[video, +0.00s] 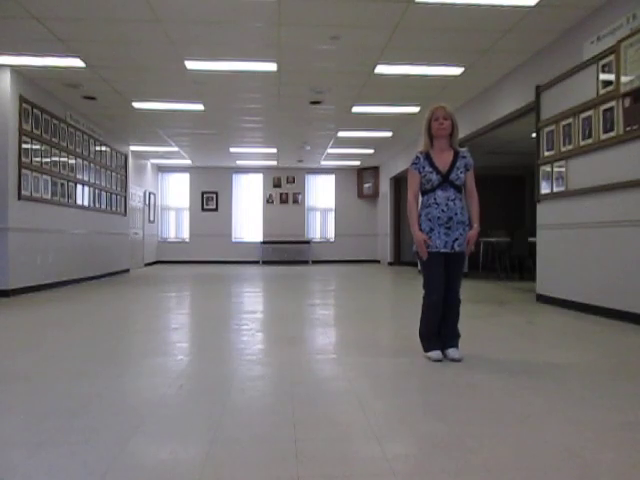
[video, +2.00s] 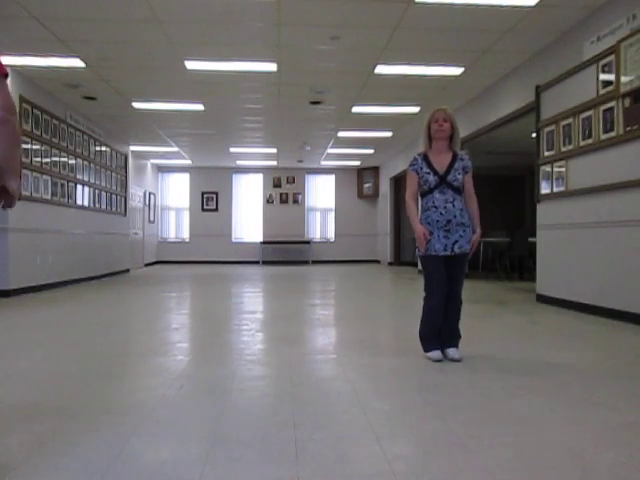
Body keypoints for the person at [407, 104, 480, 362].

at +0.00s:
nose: (441, 123)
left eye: (445, 119)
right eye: (436, 120)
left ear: (453, 125)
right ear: (429, 126)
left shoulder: (463, 157)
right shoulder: (420, 160)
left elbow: (471, 192)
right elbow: (412, 198)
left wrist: (475, 225)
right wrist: (415, 231)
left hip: (458, 229)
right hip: (430, 229)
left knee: (453, 290)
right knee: (434, 289)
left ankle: (451, 342)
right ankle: (431, 343)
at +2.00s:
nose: (441, 125)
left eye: (445, 121)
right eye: (436, 121)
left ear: (452, 127)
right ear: (429, 128)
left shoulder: (462, 160)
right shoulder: (419, 161)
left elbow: (470, 196)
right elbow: (410, 198)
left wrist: (477, 228)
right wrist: (417, 226)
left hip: (460, 232)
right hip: (432, 232)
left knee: (454, 292)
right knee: (435, 291)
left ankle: (451, 343)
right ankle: (432, 344)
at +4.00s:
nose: (438, 125)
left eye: (442, 121)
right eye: (433, 122)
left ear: (449, 126)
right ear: (426, 127)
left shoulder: (461, 159)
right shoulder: (418, 161)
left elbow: (470, 193)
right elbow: (410, 197)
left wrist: (479, 226)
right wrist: (418, 225)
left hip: (458, 231)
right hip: (431, 231)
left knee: (453, 290)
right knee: (435, 289)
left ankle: (451, 342)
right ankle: (431, 344)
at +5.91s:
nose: (447, 129)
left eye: (451, 125)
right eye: (442, 124)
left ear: (456, 130)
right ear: (433, 127)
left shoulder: (463, 159)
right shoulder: (419, 159)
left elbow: (471, 193)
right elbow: (410, 195)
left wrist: (478, 227)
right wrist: (419, 219)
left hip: (459, 232)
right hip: (431, 232)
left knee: (453, 291)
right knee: (434, 290)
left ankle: (451, 343)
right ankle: (431, 343)